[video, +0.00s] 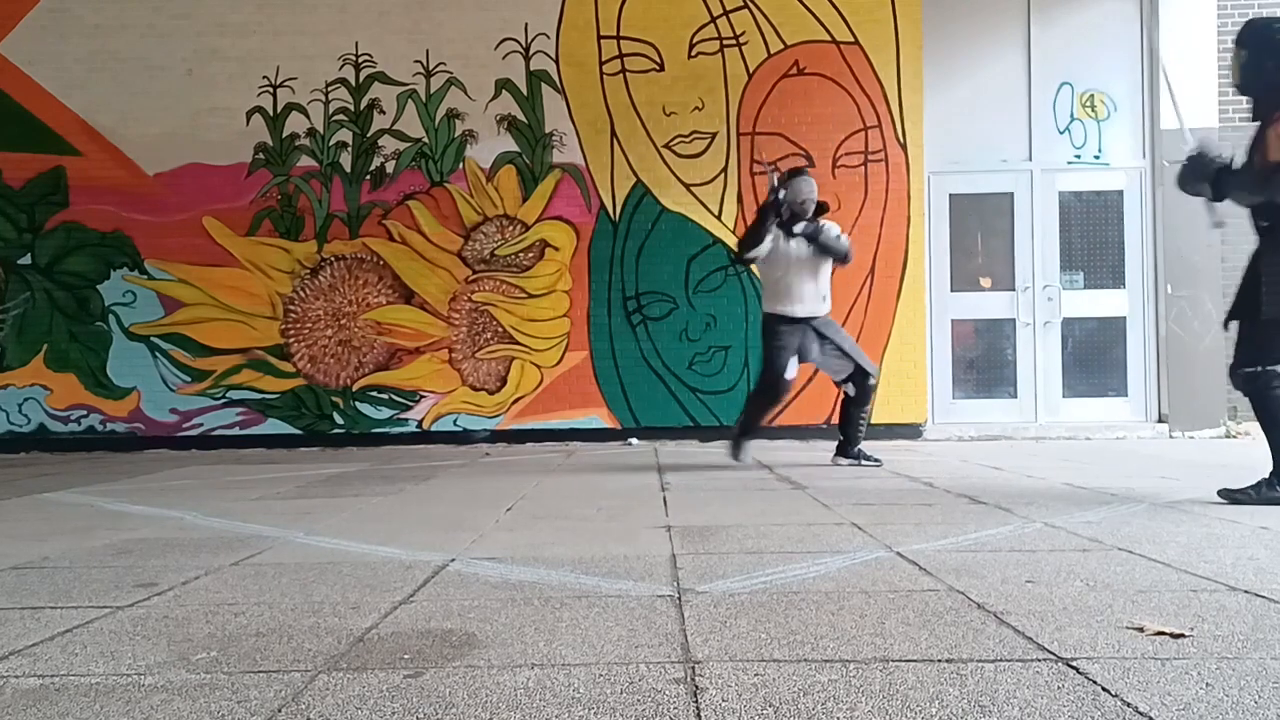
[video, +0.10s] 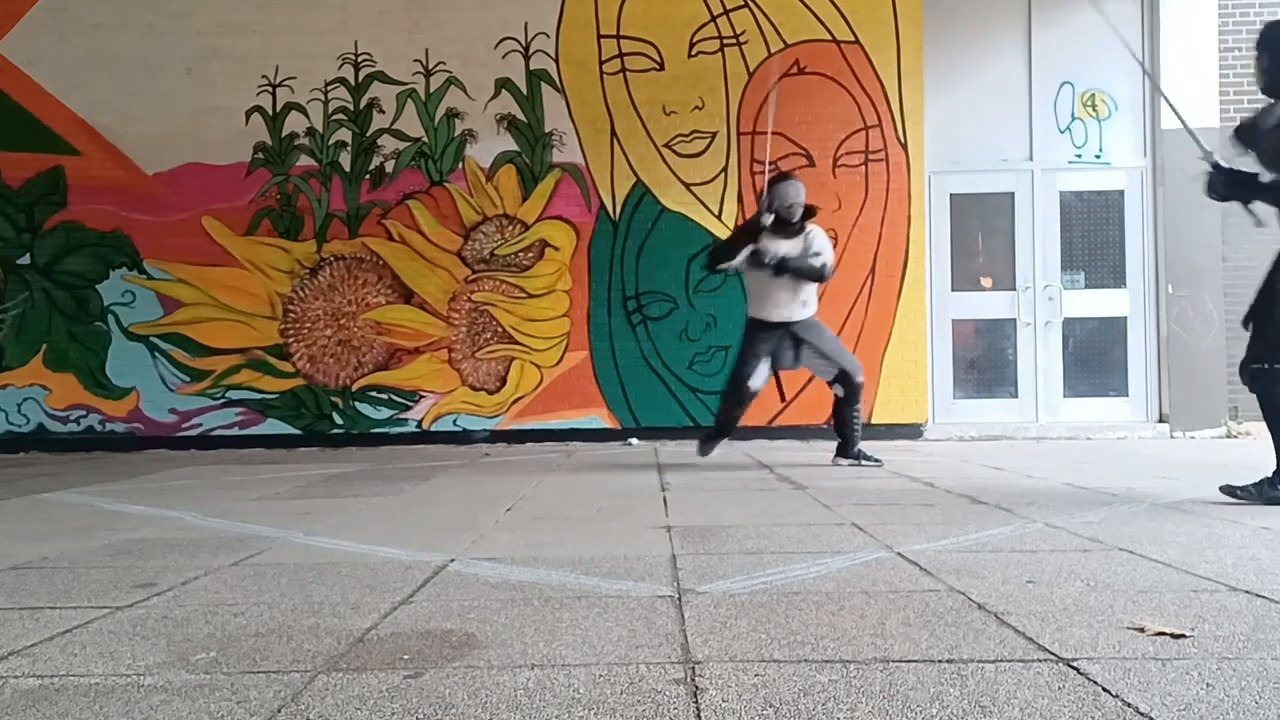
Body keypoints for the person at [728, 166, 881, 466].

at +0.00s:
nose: (807, 207)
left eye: (811, 201)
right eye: (801, 201)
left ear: (815, 201)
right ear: (786, 200)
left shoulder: (824, 228)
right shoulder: (770, 229)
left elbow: (845, 254)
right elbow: (745, 252)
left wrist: (811, 233)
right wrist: (767, 215)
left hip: (818, 321)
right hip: (781, 322)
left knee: (863, 376)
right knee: (777, 385)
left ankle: (849, 447)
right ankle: (742, 436)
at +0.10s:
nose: (793, 212)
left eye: (797, 206)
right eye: (787, 207)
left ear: (803, 206)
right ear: (773, 208)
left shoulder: (813, 235)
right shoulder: (753, 235)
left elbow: (823, 272)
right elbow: (717, 260)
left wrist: (783, 265)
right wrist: (754, 227)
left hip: (803, 326)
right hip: (762, 328)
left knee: (850, 373)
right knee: (743, 387)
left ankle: (849, 448)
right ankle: (720, 432)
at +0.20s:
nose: (772, 215)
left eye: (777, 208)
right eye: (765, 209)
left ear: (783, 209)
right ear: (750, 210)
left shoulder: (791, 241)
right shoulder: (731, 240)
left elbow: (792, 286)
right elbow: (690, 270)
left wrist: (747, 284)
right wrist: (723, 252)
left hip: (778, 329)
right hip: (735, 330)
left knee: (820, 379)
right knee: (708, 391)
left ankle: (845, 447)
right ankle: (717, 446)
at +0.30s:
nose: (746, 218)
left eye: (751, 211)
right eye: (739, 212)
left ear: (758, 213)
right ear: (725, 212)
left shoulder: (765, 249)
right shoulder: (706, 241)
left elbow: (765, 296)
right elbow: (668, 278)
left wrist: (722, 293)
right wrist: (696, 261)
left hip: (748, 333)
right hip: (708, 332)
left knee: (774, 386)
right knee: (688, 392)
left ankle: (821, 444)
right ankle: (716, 449)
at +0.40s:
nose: (722, 212)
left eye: (729, 206)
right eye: (716, 205)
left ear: (737, 208)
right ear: (704, 203)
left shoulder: (742, 242)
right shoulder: (685, 235)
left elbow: (746, 292)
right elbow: (656, 280)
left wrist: (708, 292)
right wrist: (676, 262)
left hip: (725, 323)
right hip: (690, 324)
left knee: (741, 383)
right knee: (687, 392)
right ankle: (716, 448)